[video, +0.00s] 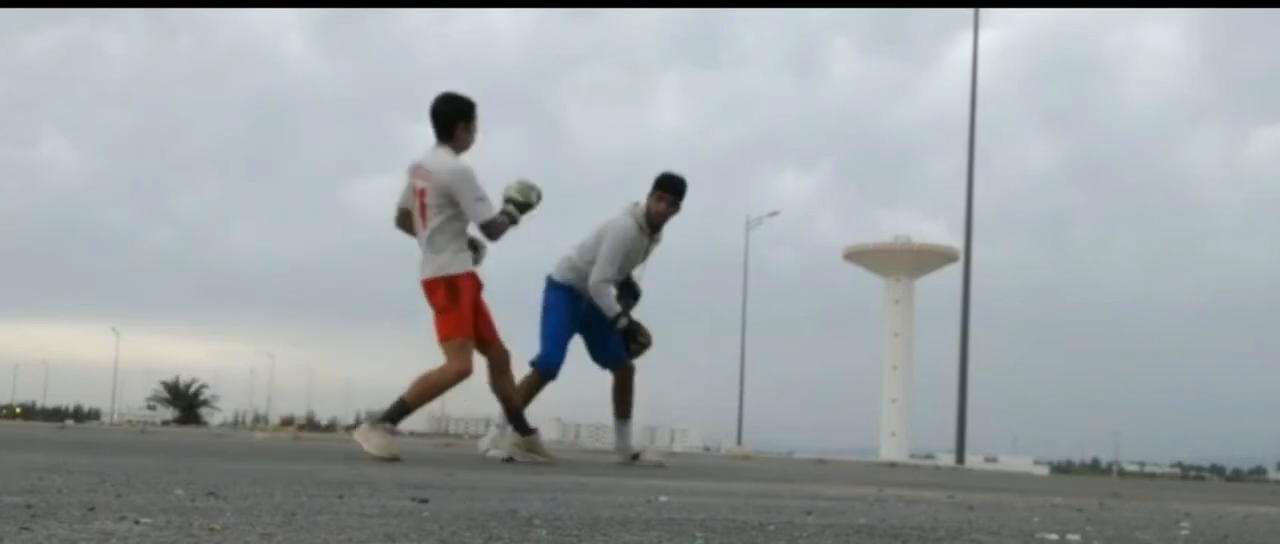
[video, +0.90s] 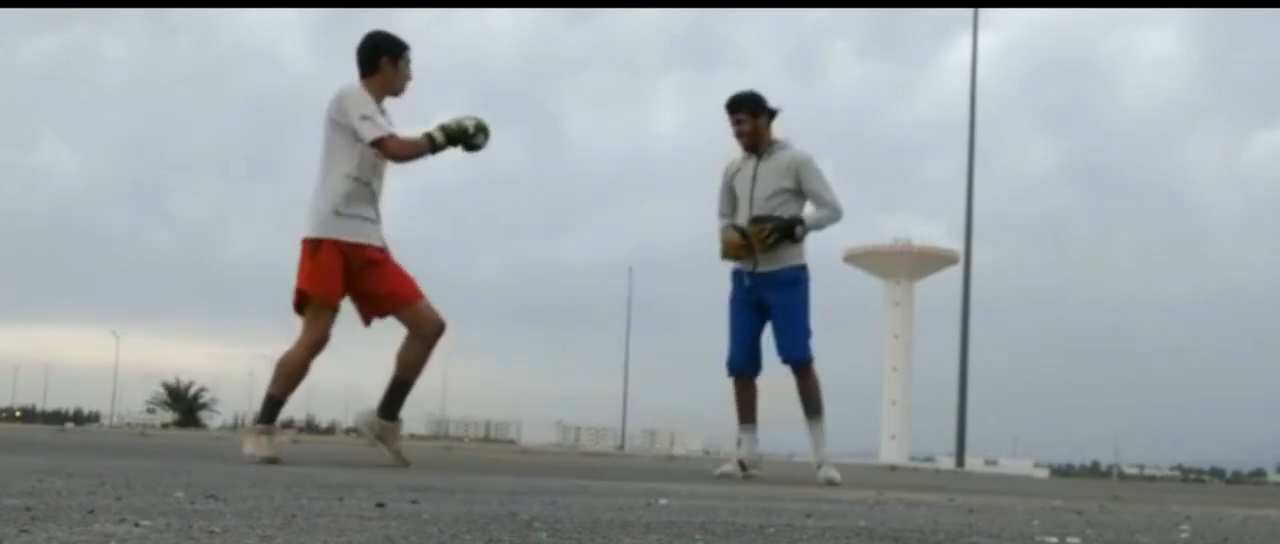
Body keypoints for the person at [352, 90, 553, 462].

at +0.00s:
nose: (475, 134)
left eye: (474, 126)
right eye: (472, 126)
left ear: (440, 128)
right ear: (459, 128)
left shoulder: (422, 167)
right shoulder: (456, 170)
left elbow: (403, 219)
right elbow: (492, 229)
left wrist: (457, 240)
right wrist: (516, 209)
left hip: (454, 276)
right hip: (449, 277)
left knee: (497, 355)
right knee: (459, 366)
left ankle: (525, 433)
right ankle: (379, 426)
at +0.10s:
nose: (482, 128)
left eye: (481, 120)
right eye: (479, 120)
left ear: (449, 120)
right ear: (465, 121)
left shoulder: (427, 157)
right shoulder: (444, 160)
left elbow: (395, 200)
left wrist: (457, 215)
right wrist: (472, 231)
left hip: (432, 271)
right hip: (415, 271)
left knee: (492, 341)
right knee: (438, 350)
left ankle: (477, 432)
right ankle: (370, 426)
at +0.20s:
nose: (478, 129)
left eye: (477, 121)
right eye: (475, 120)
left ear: (449, 120)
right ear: (460, 121)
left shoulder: (437, 157)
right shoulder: (429, 155)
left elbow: (433, 198)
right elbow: (406, 217)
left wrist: (476, 188)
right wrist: (451, 230)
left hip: (412, 266)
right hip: (387, 261)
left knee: (468, 348)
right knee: (415, 333)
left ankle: (439, 437)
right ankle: (363, 417)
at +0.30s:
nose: (452, 129)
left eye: (452, 120)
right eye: (449, 120)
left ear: (429, 119)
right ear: (432, 118)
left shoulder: (429, 160)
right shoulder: (397, 155)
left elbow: (462, 184)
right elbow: (393, 220)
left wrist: (503, 173)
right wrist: (441, 220)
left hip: (397, 272)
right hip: (370, 266)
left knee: (458, 350)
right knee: (380, 341)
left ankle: (439, 442)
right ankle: (311, 421)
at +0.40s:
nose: (428, 115)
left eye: (428, 106)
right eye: (424, 105)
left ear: (403, 107)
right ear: (404, 105)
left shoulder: (410, 156)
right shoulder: (369, 143)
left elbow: (434, 194)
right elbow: (376, 208)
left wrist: (473, 188)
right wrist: (418, 204)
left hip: (381, 273)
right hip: (347, 265)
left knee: (436, 350)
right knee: (339, 351)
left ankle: (435, 442)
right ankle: (271, 432)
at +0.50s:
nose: (417, 96)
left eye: (417, 87)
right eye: (413, 87)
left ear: (392, 87)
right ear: (394, 85)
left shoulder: (392, 139)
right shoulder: (354, 121)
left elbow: (392, 193)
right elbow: (361, 182)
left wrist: (434, 201)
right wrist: (405, 180)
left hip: (370, 256)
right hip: (335, 248)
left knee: (416, 345)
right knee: (324, 340)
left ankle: (424, 441)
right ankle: (270, 431)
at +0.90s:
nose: (410, 75)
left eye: (409, 66)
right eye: (406, 66)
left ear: (383, 66)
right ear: (385, 65)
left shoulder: (374, 111)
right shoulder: (351, 99)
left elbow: (398, 148)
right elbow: (392, 149)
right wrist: (441, 139)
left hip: (366, 243)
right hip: (328, 238)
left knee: (428, 326)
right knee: (314, 335)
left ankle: (385, 420)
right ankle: (262, 427)